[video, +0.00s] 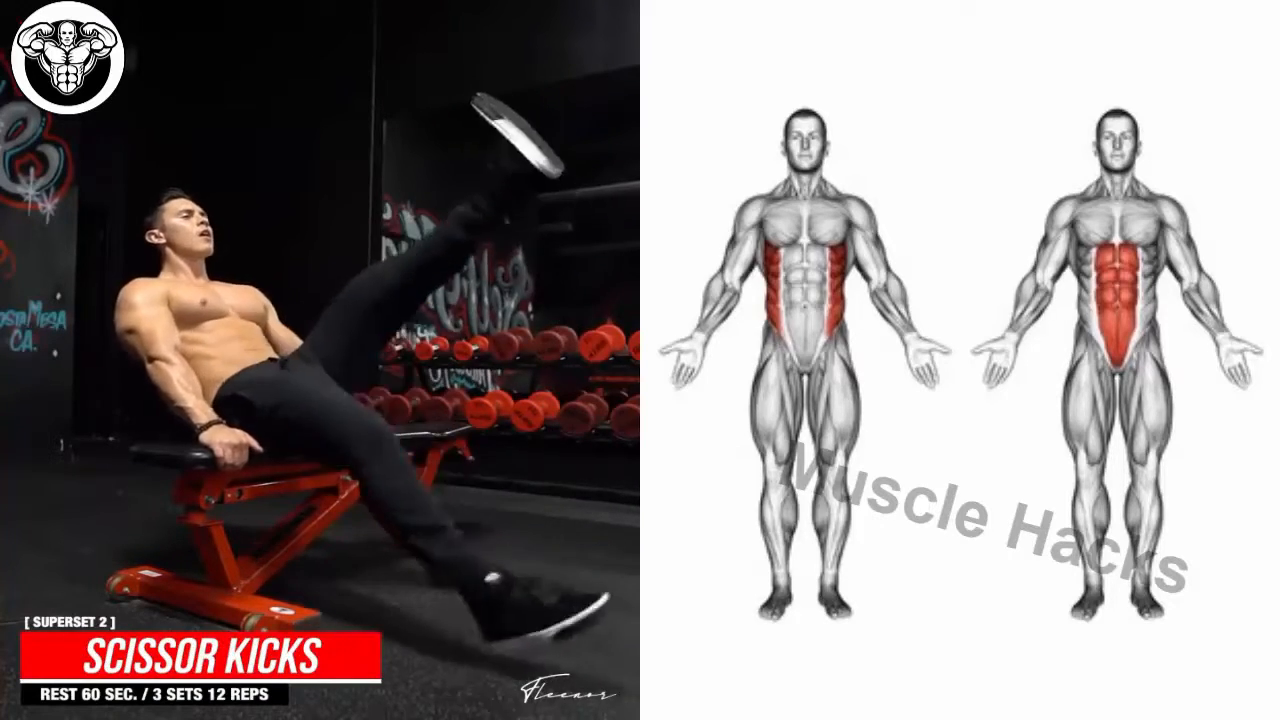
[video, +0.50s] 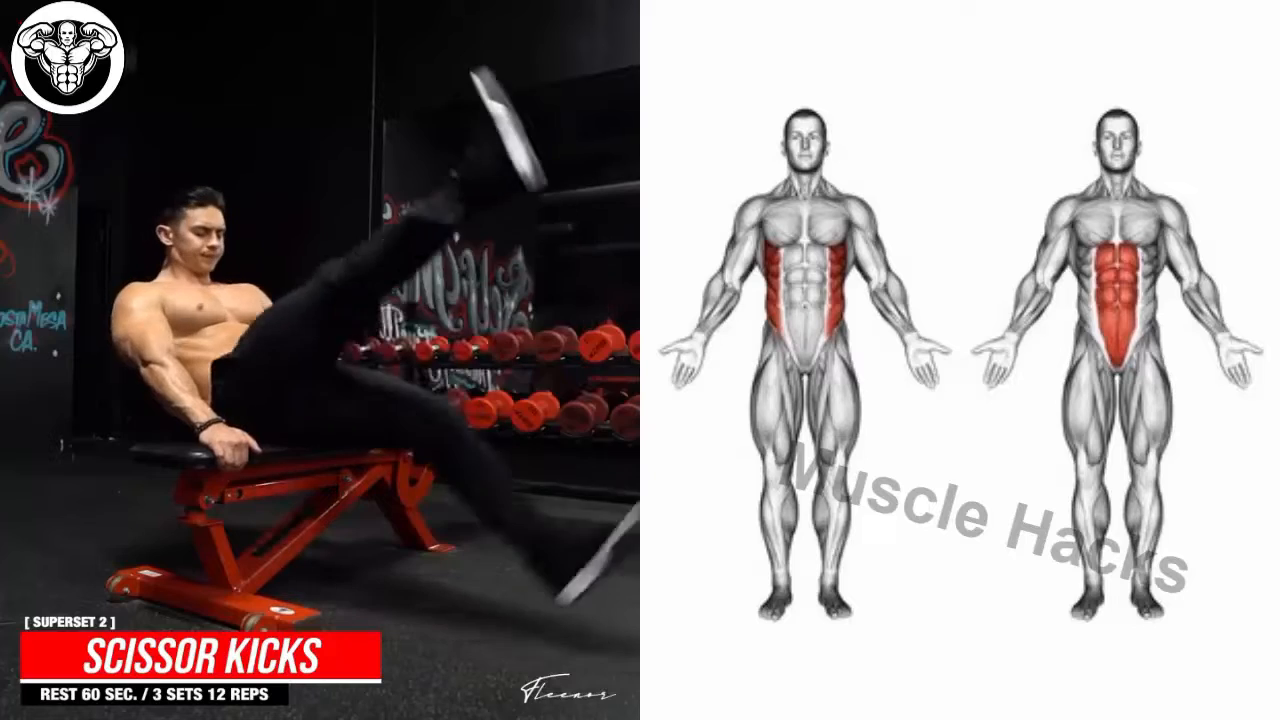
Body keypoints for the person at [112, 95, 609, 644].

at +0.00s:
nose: (203, 221)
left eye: (203, 215)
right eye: (187, 215)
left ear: (206, 235)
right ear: (158, 237)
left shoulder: (246, 294)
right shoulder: (142, 294)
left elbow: (302, 352)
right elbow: (163, 358)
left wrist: (354, 394)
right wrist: (207, 424)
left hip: (302, 370)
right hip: (250, 387)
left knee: (383, 284)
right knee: (371, 438)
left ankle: (502, 188)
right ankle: (490, 591)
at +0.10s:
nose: (202, 226)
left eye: (202, 219)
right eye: (186, 220)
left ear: (203, 237)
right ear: (156, 239)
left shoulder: (246, 297)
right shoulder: (142, 294)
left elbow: (302, 356)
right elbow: (163, 359)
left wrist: (359, 399)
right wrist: (208, 425)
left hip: (297, 373)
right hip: (246, 387)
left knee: (373, 291)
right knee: (368, 419)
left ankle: (520, 214)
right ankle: (501, 561)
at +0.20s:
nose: (200, 235)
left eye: (200, 226)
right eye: (185, 228)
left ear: (202, 238)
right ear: (154, 244)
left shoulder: (241, 299)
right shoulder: (137, 299)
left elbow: (298, 353)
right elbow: (162, 362)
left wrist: (369, 388)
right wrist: (207, 424)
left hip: (294, 377)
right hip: (239, 395)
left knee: (382, 312)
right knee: (368, 383)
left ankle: (539, 285)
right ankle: (534, 461)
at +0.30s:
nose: (201, 241)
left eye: (204, 233)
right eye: (187, 232)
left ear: (207, 243)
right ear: (155, 244)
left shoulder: (244, 299)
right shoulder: (136, 302)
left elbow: (298, 363)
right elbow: (159, 366)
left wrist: (353, 416)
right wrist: (209, 424)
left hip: (294, 394)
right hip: (239, 403)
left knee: (400, 346)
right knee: (367, 350)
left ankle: (566, 362)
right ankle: (560, 354)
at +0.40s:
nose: (207, 242)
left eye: (211, 234)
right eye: (193, 232)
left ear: (215, 243)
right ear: (159, 242)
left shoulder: (247, 297)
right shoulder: (138, 301)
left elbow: (307, 359)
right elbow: (155, 360)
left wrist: (366, 418)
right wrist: (207, 422)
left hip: (306, 402)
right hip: (245, 398)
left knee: (424, 380)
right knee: (347, 312)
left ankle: (577, 475)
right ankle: (500, 243)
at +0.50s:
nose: (214, 243)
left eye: (219, 234)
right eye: (202, 232)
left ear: (222, 238)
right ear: (168, 236)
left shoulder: (247, 293)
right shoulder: (139, 298)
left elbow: (298, 344)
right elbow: (157, 365)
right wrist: (207, 424)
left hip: (305, 394)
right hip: (243, 391)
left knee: (435, 421)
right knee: (342, 285)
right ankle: (472, 186)